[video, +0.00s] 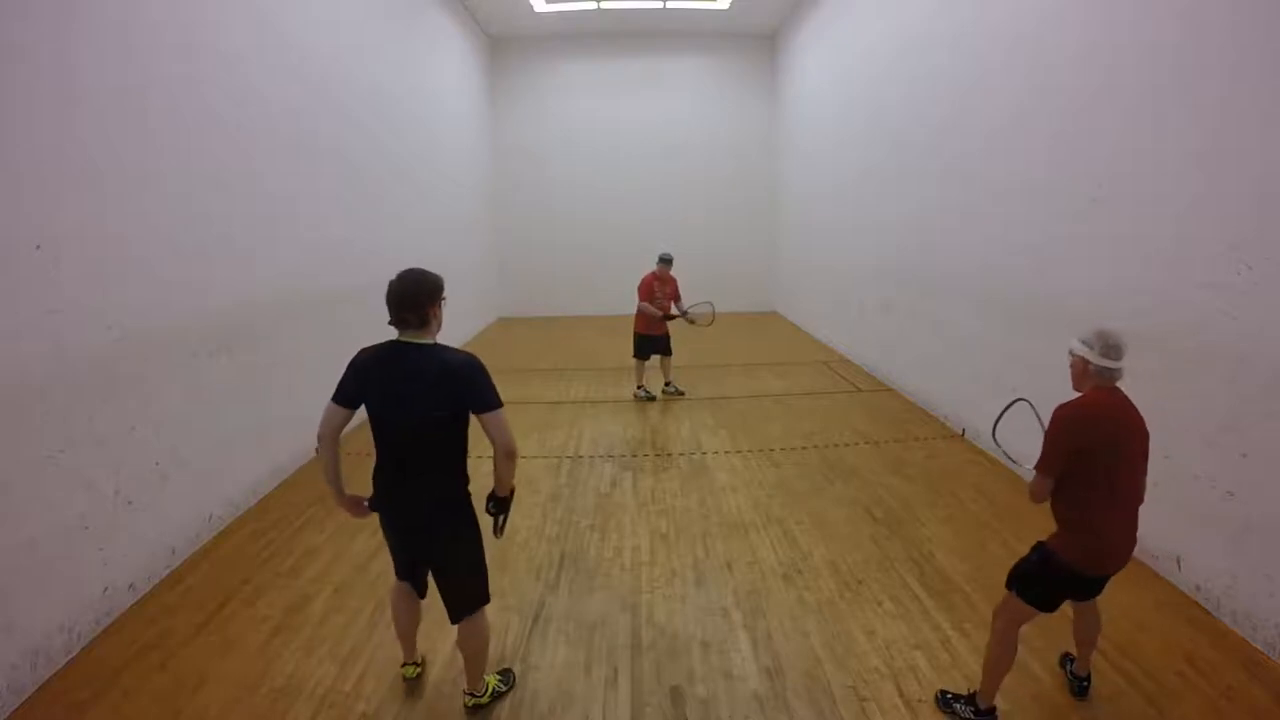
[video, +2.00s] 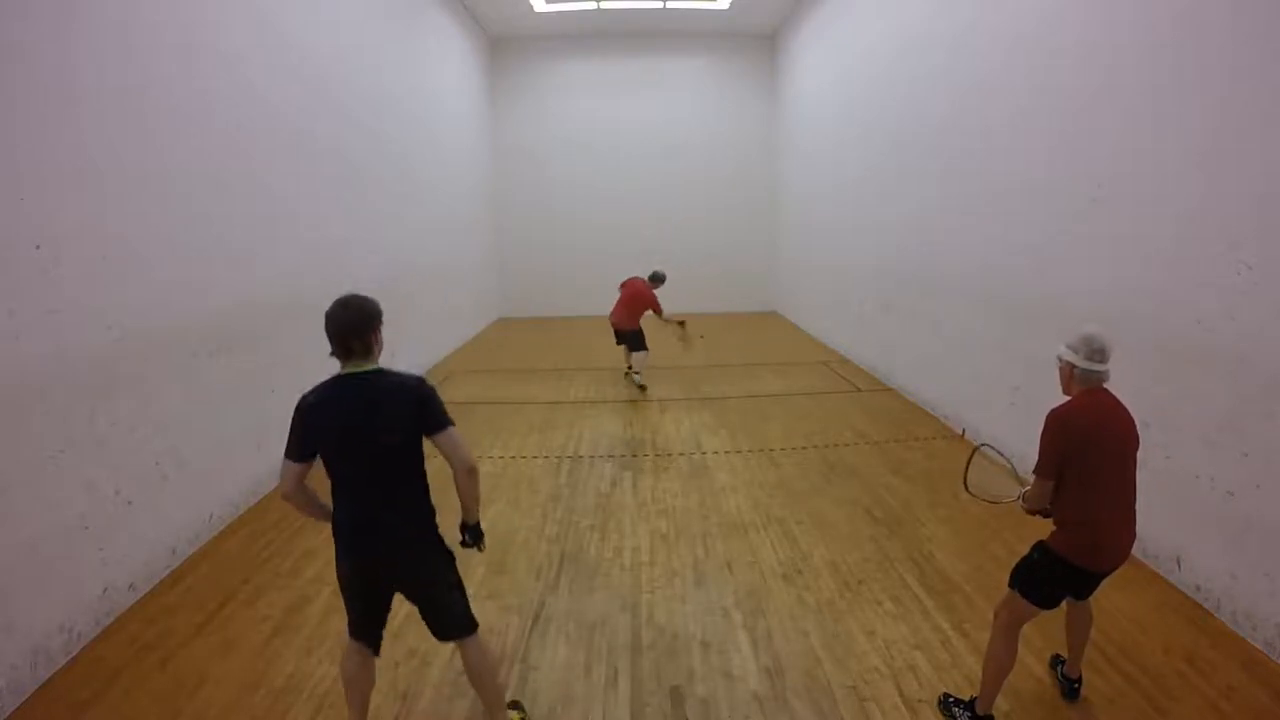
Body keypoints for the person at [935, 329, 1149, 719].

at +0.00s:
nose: (1070, 365)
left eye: (1075, 360)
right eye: (1073, 358)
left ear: (1086, 366)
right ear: (1114, 370)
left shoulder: (1071, 414)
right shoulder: (1133, 417)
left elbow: (1038, 493)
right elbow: (1137, 494)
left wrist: (1046, 467)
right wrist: (1078, 470)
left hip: (1075, 548)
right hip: (1117, 549)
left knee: (1007, 617)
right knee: (1085, 599)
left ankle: (982, 703)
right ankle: (1081, 673)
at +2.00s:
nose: (1058, 369)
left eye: (1061, 363)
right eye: (1061, 363)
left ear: (1070, 370)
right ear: (1102, 372)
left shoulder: (1063, 418)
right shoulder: (1121, 414)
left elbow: (1040, 496)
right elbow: (1106, 482)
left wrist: (1030, 500)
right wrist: (1050, 501)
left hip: (1075, 546)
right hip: (1117, 544)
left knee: (1008, 617)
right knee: (1078, 595)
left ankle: (981, 708)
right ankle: (1073, 675)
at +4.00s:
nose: (1052, 361)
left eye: (1059, 354)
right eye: (1054, 353)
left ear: (1084, 360)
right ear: (1090, 360)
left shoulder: (1079, 415)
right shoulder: (1115, 400)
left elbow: (1062, 494)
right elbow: (1104, 474)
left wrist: (1036, 507)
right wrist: (1055, 503)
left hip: (1081, 541)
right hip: (1112, 536)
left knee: (1026, 621)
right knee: (1087, 598)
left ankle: (985, 704)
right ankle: (1081, 672)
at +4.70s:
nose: (1098, 367)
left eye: (1103, 358)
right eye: (1098, 358)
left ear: (1126, 359)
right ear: (1134, 361)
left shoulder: (1125, 410)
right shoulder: (1158, 402)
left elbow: (1093, 485)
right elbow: (1139, 475)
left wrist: (1048, 467)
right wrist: (1091, 493)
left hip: (1115, 536)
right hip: (1143, 536)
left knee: (1052, 612)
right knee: (1093, 601)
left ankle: (1043, 706)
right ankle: (1077, 673)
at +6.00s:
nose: (1059, 374)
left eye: (1063, 368)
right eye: (1061, 367)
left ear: (1076, 375)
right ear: (1102, 375)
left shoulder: (1071, 428)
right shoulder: (1128, 419)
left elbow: (1054, 515)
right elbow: (1116, 493)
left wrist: (1043, 527)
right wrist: (1059, 522)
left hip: (1087, 565)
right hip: (1129, 561)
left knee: (1021, 641)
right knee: (1090, 621)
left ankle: (998, 715)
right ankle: (1082, 697)